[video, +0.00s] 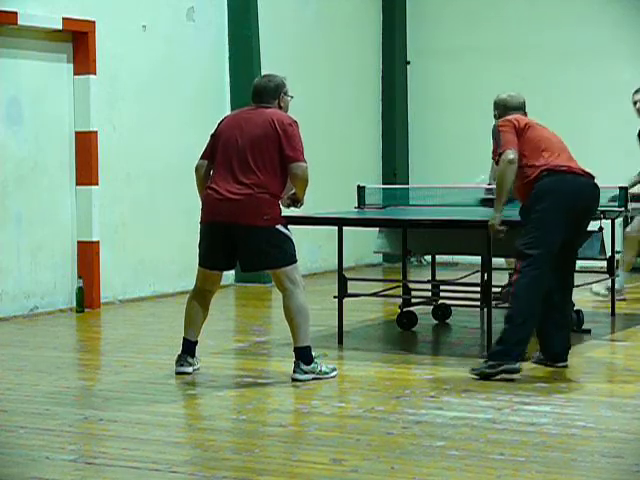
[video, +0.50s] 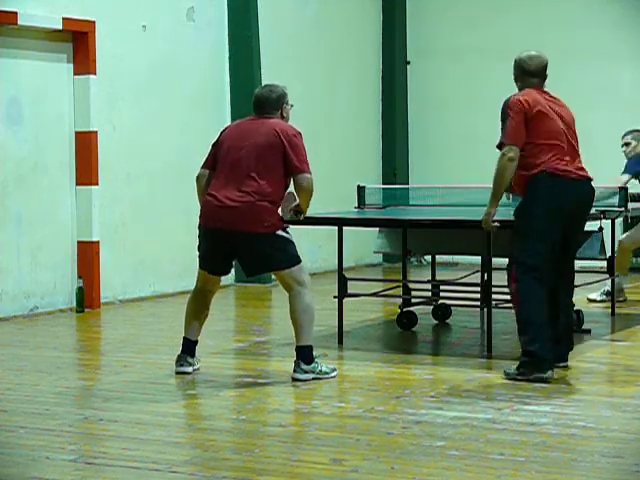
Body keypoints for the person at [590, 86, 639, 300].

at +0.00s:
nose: (638, 106)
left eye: (639, 101)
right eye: (636, 102)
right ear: (633, 105)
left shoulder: (639, 131)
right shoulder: (638, 132)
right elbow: (639, 172)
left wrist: (631, 187)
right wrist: (628, 185)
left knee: (632, 233)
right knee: (631, 233)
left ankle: (619, 281)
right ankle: (619, 281)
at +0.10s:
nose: (633, 119)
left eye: (637, 115)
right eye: (630, 116)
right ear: (627, 119)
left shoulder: (637, 145)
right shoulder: (634, 146)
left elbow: (638, 176)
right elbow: (638, 175)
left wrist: (632, 191)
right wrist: (629, 192)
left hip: (638, 204)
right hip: (637, 203)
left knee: (618, 235)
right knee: (615, 234)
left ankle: (615, 285)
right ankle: (615, 285)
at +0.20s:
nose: (626, 132)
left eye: (630, 127)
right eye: (623, 129)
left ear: (639, 128)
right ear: (621, 133)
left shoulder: (636, 158)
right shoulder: (633, 158)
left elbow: (636, 188)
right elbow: (635, 189)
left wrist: (632, 196)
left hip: (638, 213)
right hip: (634, 212)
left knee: (617, 239)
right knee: (614, 239)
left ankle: (616, 286)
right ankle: (615, 285)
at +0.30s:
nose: (620, 142)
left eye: (624, 137)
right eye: (618, 139)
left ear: (636, 137)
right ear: (617, 141)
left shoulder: (638, 158)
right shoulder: (635, 159)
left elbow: (638, 195)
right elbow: (638, 194)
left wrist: (629, 198)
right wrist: (626, 197)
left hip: (638, 220)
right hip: (635, 218)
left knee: (618, 241)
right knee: (616, 240)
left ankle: (615, 286)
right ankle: (615, 285)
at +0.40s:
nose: (619, 148)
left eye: (623, 144)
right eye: (618, 145)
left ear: (635, 143)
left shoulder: (636, 161)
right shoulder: (634, 161)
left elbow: (630, 189)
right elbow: (630, 189)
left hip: (637, 220)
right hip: (635, 219)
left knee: (619, 243)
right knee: (619, 243)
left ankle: (614, 286)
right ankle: (615, 286)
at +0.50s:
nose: (624, 149)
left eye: (627, 144)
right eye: (623, 145)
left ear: (638, 144)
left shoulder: (636, 160)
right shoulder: (632, 161)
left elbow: (622, 182)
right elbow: (621, 182)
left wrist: (599, 196)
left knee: (625, 243)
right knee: (625, 243)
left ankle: (616, 286)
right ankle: (616, 286)